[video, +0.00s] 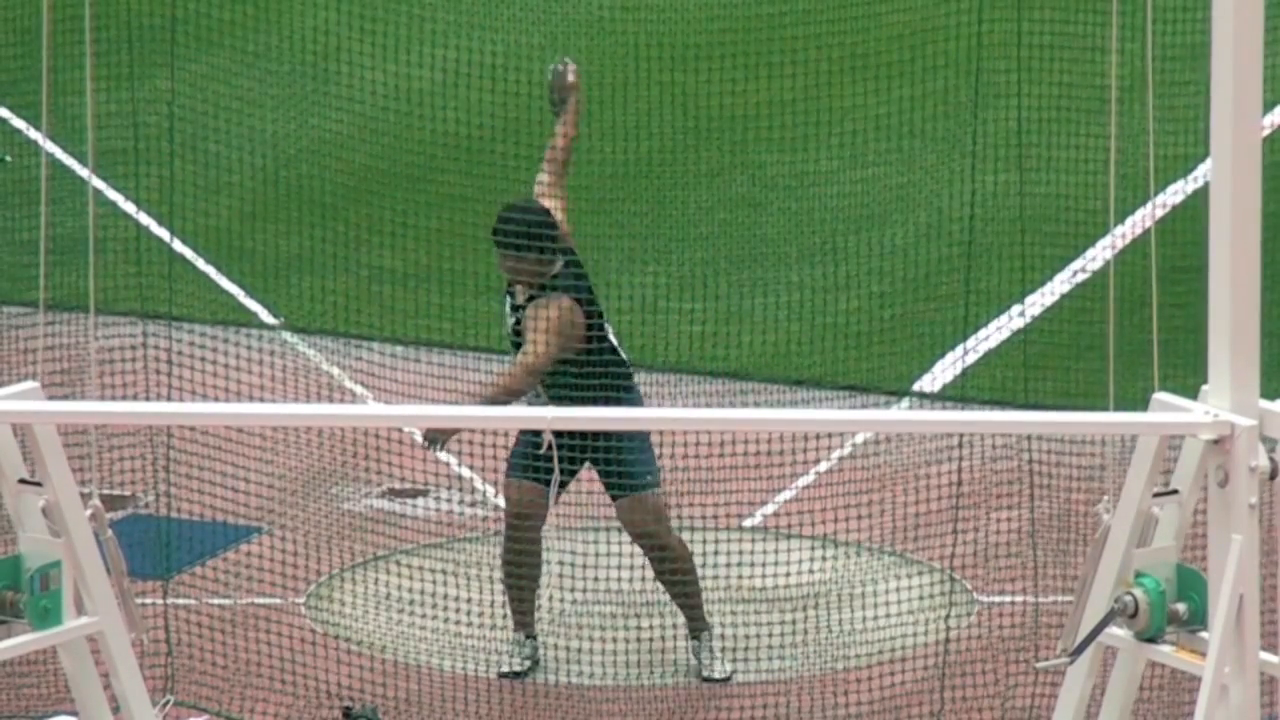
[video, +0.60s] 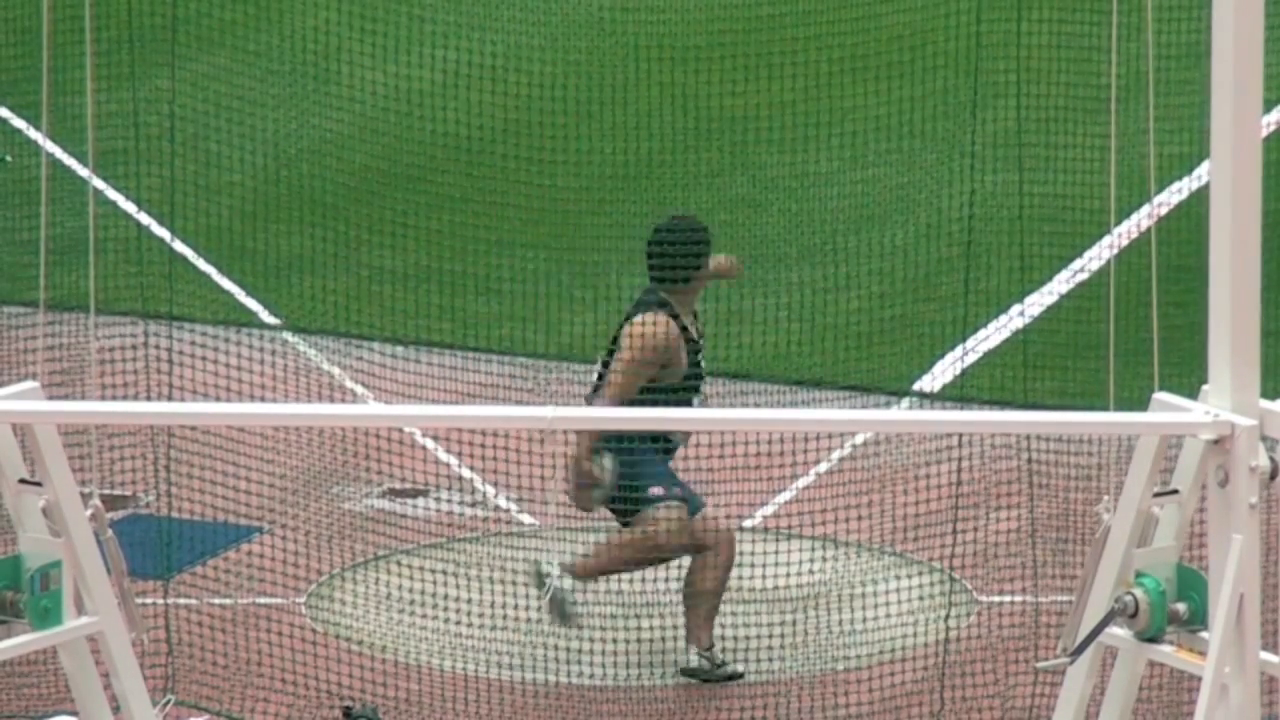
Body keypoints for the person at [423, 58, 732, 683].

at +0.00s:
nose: (503, 266)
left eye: (512, 259)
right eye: (502, 257)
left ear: (539, 257)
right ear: (514, 249)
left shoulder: (557, 308)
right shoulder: (544, 236)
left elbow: (520, 378)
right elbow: (552, 176)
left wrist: (456, 418)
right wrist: (568, 113)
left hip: (614, 421)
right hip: (555, 418)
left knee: (649, 529)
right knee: (520, 515)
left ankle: (702, 636)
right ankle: (524, 640)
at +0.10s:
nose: (522, 275)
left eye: (533, 267)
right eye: (517, 265)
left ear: (555, 263)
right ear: (513, 254)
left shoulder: (570, 311)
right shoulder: (538, 244)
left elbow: (540, 381)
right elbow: (544, 178)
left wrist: (479, 425)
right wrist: (548, 118)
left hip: (621, 416)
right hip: (559, 414)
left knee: (660, 527)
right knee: (523, 514)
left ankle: (702, 637)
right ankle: (527, 638)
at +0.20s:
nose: (551, 275)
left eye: (561, 267)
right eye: (543, 266)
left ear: (579, 268)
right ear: (531, 265)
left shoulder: (593, 317)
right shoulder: (535, 274)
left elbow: (584, 386)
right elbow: (525, 199)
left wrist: (551, 433)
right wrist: (517, 149)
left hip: (627, 420)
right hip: (564, 417)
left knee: (674, 518)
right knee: (523, 513)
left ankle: (698, 642)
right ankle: (527, 641)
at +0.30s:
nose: (597, 277)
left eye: (604, 268)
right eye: (587, 268)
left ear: (616, 267)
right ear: (568, 266)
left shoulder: (629, 316)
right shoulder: (548, 276)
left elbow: (658, 375)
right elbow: (511, 245)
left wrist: (666, 427)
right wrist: (481, 218)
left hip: (631, 425)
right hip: (564, 421)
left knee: (693, 513)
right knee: (522, 517)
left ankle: (687, 644)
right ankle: (528, 641)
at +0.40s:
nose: (662, 267)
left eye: (660, 258)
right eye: (652, 260)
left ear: (654, 261)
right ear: (621, 266)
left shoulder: (677, 307)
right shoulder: (571, 296)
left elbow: (747, 341)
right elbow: (506, 307)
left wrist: (807, 376)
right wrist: (453, 316)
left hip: (635, 439)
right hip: (566, 437)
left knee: (706, 517)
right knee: (524, 531)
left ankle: (685, 653)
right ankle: (528, 641)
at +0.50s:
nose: (701, 261)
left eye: (698, 254)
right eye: (693, 255)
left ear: (671, 265)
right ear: (667, 266)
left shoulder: (706, 296)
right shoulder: (611, 317)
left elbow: (772, 292)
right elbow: (538, 374)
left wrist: (842, 289)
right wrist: (484, 417)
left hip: (641, 452)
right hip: (589, 445)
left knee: (717, 532)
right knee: (571, 534)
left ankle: (698, 655)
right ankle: (504, 620)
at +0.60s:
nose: (710, 263)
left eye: (707, 258)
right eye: (705, 258)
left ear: (665, 265)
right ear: (694, 268)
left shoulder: (679, 304)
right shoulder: (652, 330)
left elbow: (693, 273)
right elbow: (606, 403)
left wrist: (717, 267)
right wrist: (581, 463)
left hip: (648, 450)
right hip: (622, 448)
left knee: (717, 535)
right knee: (673, 532)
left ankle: (700, 652)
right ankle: (567, 572)